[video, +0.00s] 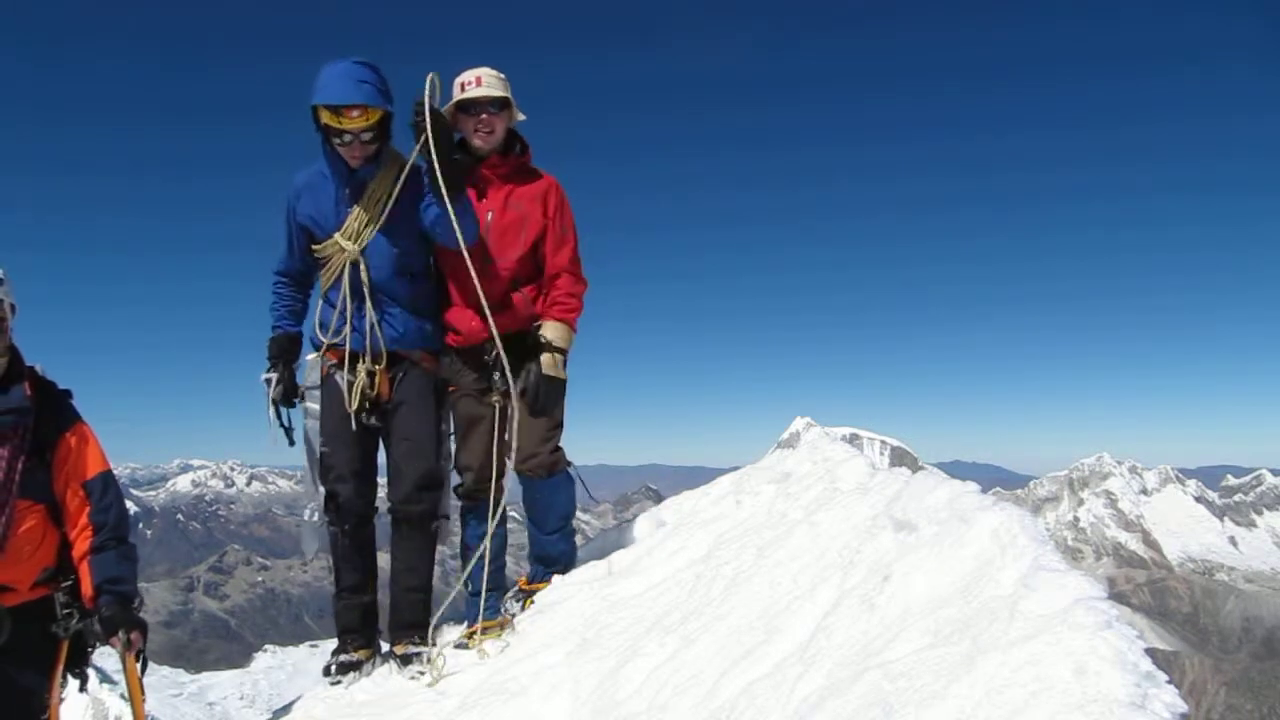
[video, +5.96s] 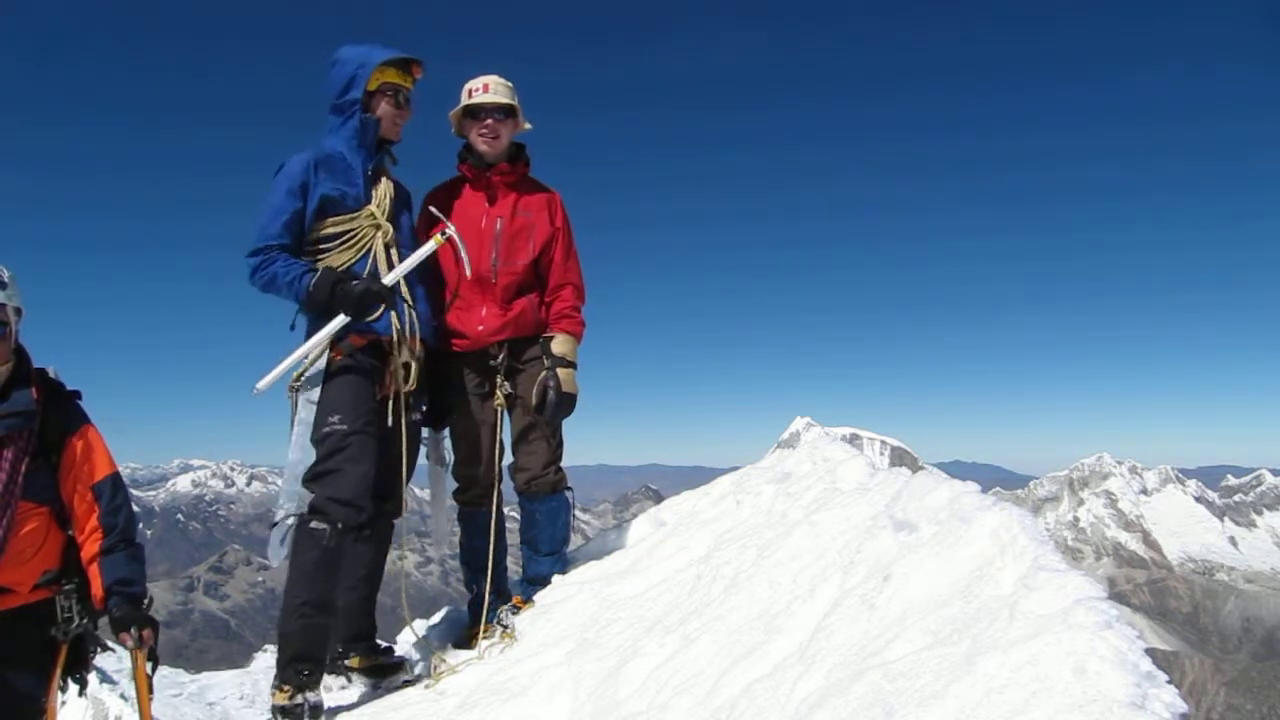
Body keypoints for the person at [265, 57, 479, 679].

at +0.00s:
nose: (354, 138)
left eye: (367, 125)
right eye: (340, 126)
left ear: (386, 122)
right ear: (322, 125)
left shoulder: (413, 180)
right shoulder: (307, 190)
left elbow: (458, 235)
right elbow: (290, 280)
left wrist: (440, 156)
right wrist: (281, 357)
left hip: (412, 362)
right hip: (339, 367)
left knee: (415, 500)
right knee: (346, 502)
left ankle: (409, 634)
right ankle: (355, 640)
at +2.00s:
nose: (380, 75)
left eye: (393, 66)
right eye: (368, 62)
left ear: (409, 77)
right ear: (347, 69)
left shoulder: (422, 167)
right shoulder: (304, 145)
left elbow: (457, 248)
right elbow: (248, 236)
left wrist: (510, 257)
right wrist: (247, 322)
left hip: (398, 350)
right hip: (321, 344)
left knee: (397, 495)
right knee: (326, 497)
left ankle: (379, 641)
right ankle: (314, 661)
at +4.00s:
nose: (386, 94)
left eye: (399, 86)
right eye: (374, 82)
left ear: (413, 98)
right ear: (354, 89)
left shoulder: (420, 189)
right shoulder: (313, 158)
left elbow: (434, 283)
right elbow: (256, 248)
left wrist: (438, 359)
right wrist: (254, 334)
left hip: (403, 363)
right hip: (334, 355)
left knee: (375, 507)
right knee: (323, 504)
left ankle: (355, 642)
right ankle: (298, 673)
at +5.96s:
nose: (403, 108)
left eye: (407, 98)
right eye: (391, 96)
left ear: (404, 107)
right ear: (357, 100)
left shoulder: (400, 193)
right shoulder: (313, 168)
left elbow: (421, 281)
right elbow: (262, 261)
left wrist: (433, 359)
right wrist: (327, 286)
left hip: (402, 361)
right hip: (347, 356)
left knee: (380, 504)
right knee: (340, 499)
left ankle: (354, 642)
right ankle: (297, 675)